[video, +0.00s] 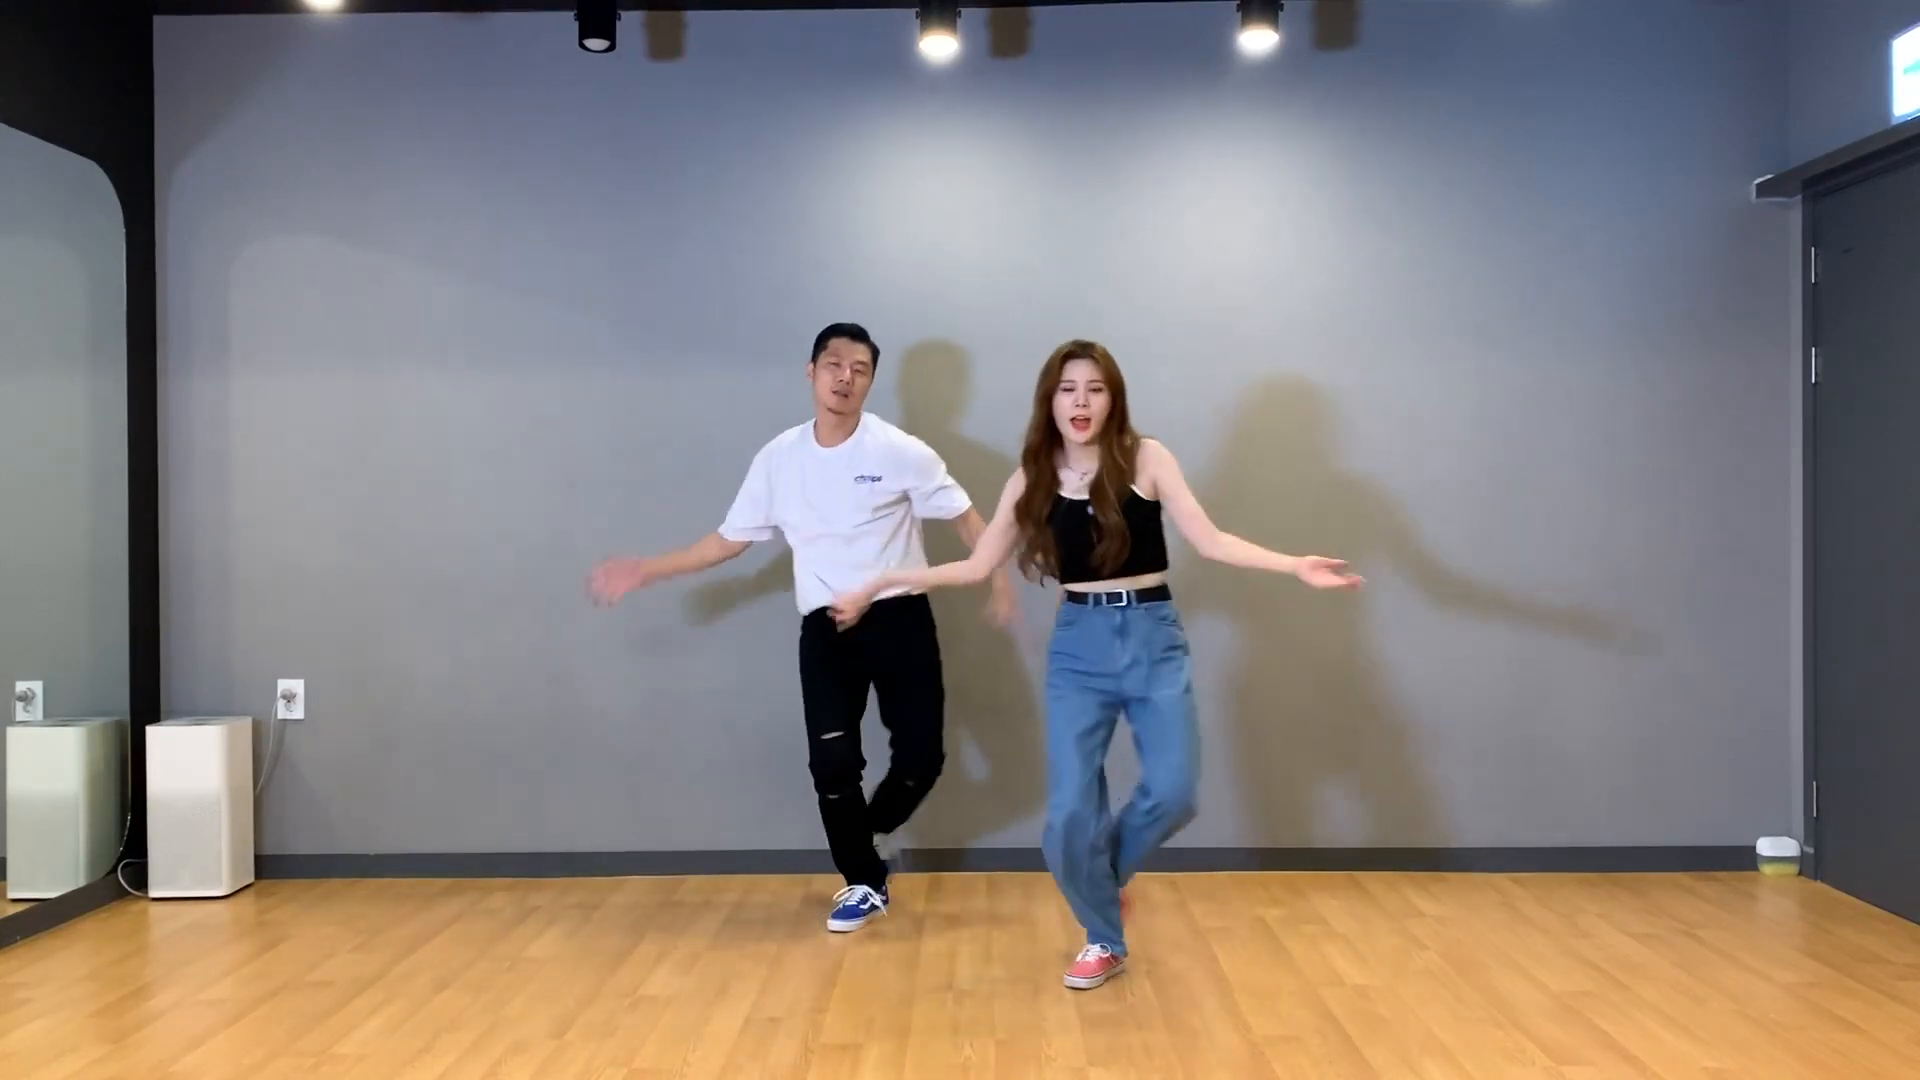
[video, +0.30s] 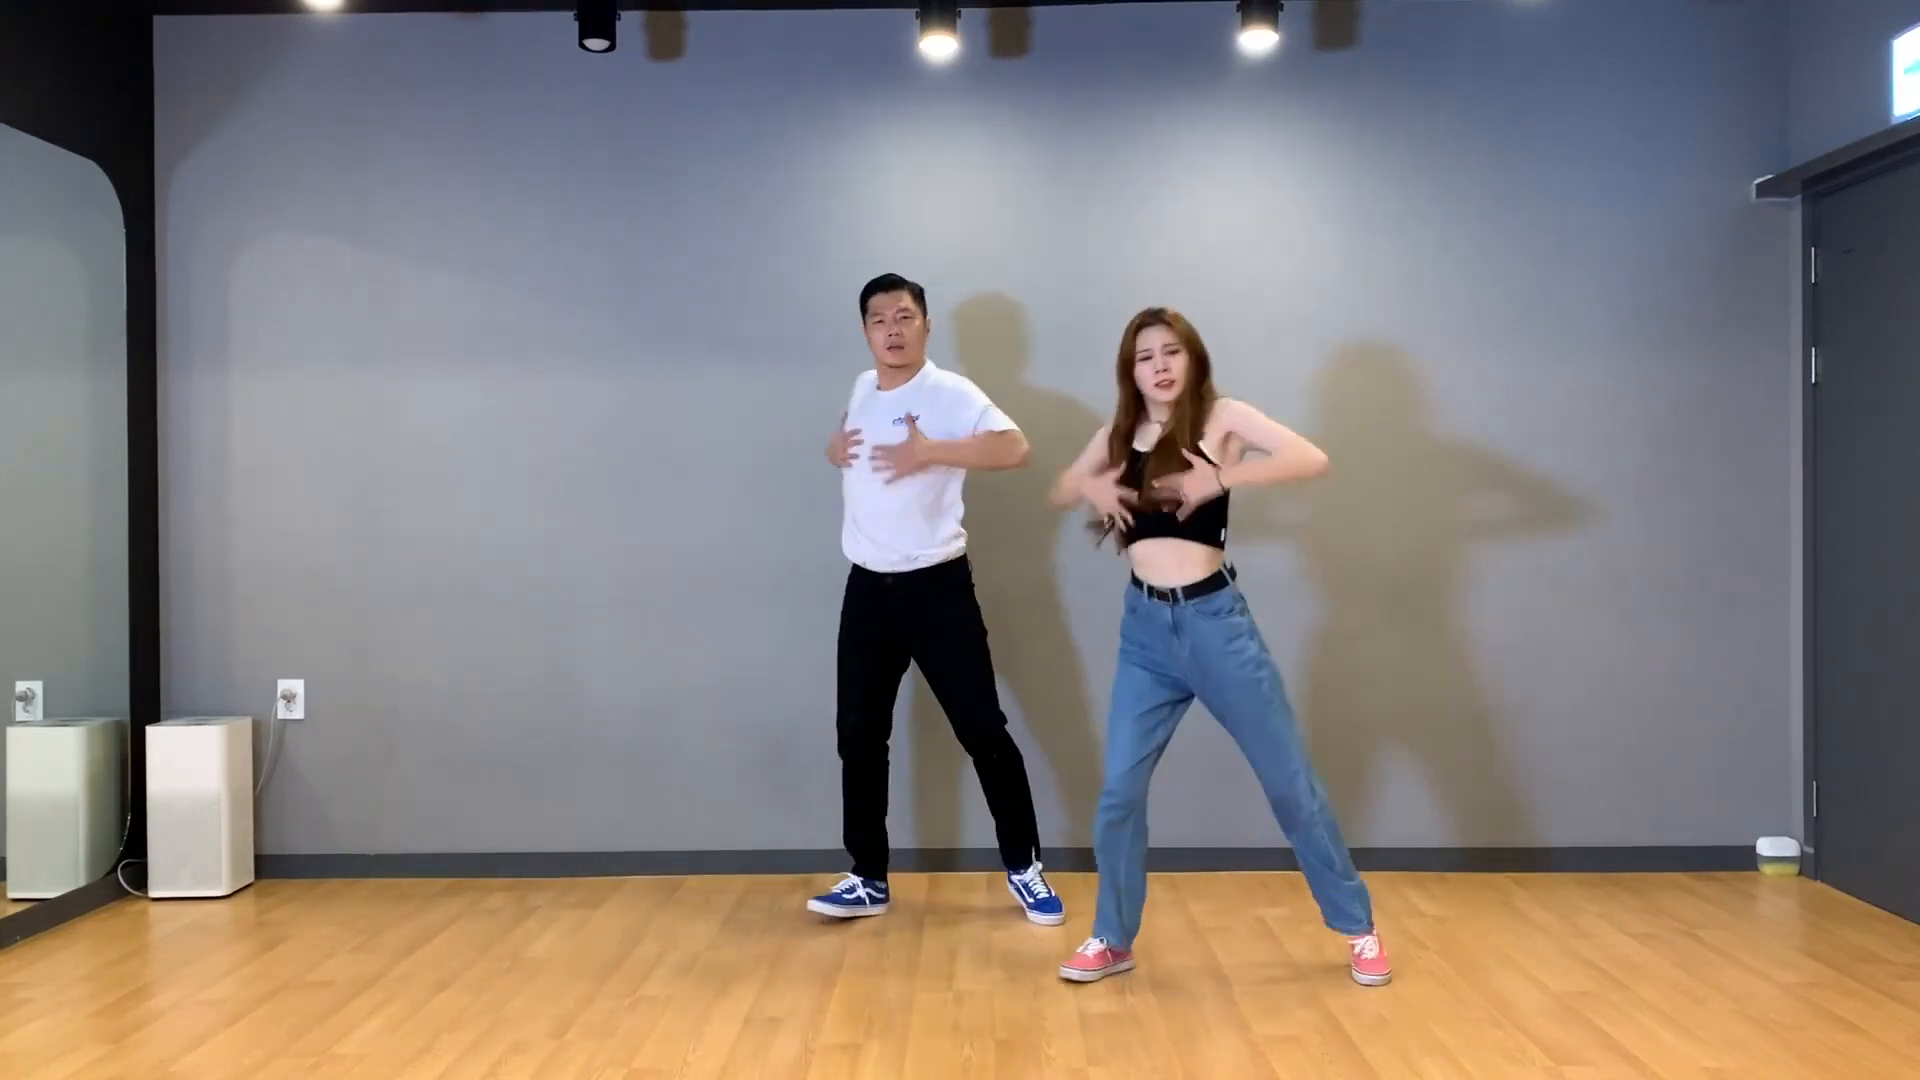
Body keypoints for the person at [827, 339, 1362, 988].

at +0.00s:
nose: (1080, 402)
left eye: (1094, 390)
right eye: (1068, 390)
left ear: (1113, 400)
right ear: (1049, 400)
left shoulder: (1147, 459)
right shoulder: (1030, 480)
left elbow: (1209, 540)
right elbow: (976, 568)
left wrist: (1296, 565)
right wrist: (885, 581)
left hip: (1155, 641)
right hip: (1077, 646)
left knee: (1174, 793)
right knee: (1072, 806)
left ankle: (1106, 865)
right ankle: (1102, 941)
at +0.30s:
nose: (1158, 366)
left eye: (1170, 353)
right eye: (1144, 357)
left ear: (1193, 360)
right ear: (1130, 369)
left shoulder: (1222, 417)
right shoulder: (1120, 432)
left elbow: (1309, 459)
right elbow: (1061, 494)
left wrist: (1220, 479)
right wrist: (1087, 483)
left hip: (1217, 625)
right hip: (1145, 631)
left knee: (1290, 783)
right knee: (1120, 789)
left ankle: (1358, 928)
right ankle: (1112, 938)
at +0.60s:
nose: (1189, 402)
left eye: (1195, 386)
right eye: (1172, 399)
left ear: (1217, 388)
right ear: (1161, 417)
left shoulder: (1259, 457)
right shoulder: (1169, 477)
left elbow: (1227, 562)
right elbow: (1147, 567)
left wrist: (1171, 628)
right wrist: (1098, 628)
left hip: (1237, 619)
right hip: (1167, 618)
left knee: (1254, 805)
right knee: (1126, 793)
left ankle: (1349, 929)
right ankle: (1122, 938)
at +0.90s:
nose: (1187, 408)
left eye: (1194, 392)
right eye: (1170, 403)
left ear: (1218, 395)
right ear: (1160, 419)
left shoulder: (1257, 462)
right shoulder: (1179, 476)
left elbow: (1186, 524)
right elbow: (1123, 535)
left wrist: (1151, 440)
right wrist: (1098, 455)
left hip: (1270, 647)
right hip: (1209, 647)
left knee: (1297, 813)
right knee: (1143, 785)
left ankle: (1382, 932)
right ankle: (1125, 936)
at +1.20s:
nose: (1185, 398)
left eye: (1194, 382)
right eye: (1171, 389)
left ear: (1222, 384)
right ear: (1162, 403)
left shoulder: (1257, 445)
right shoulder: (1163, 456)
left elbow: (1253, 473)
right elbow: (1064, 478)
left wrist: (1221, 422)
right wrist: (1104, 420)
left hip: (1256, 633)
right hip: (1190, 632)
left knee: (1300, 793)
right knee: (1136, 788)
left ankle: (1386, 933)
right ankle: (1119, 938)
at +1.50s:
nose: (1228, 399)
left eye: (1240, 385)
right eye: (1212, 390)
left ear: (1262, 391)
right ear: (1198, 403)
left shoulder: (1290, 434)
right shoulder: (1181, 476)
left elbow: (1318, 530)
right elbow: (1162, 578)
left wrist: (1299, 612)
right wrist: (1127, 678)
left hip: (1263, 642)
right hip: (1185, 632)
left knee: (1312, 800)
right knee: (1098, 765)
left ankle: (1337, 935)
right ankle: (1092, 920)